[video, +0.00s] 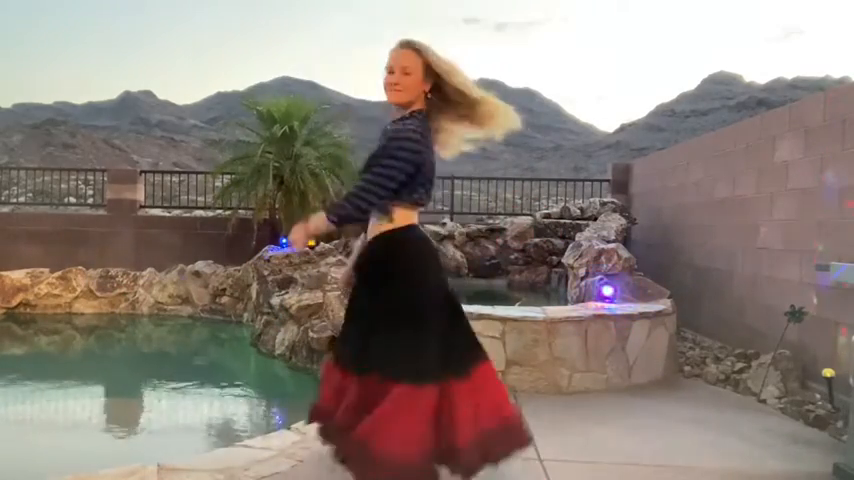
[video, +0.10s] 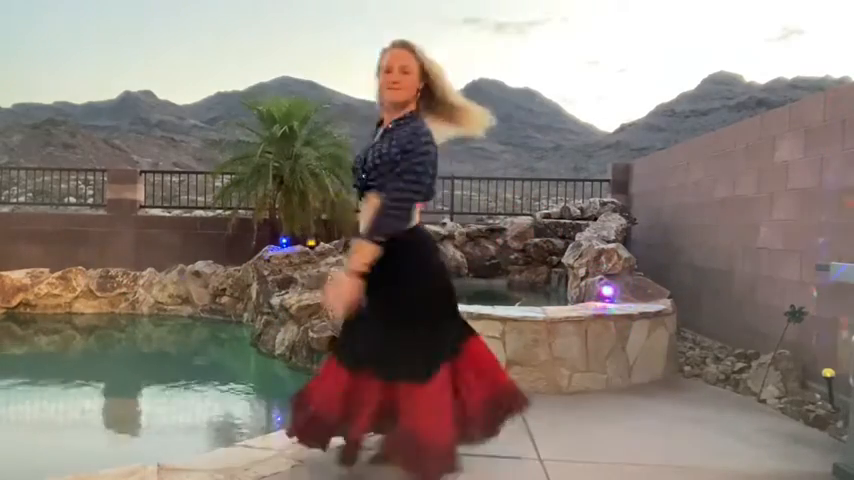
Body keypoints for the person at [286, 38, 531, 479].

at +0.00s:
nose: (392, 78)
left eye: (403, 73)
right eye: (390, 71)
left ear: (427, 85)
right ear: (387, 75)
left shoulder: (408, 131)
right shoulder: (407, 128)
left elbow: (369, 194)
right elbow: (385, 200)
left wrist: (315, 223)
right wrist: (360, 258)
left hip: (397, 255)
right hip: (402, 250)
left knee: (396, 364)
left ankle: (394, 460)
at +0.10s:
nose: (394, 78)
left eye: (404, 71)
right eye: (388, 70)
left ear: (420, 83)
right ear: (378, 78)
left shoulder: (414, 136)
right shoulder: (387, 130)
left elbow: (396, 208)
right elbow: (384, 197)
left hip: (404, 253)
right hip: (385, 249)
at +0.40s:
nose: (388, 72)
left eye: (396, 66)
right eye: (380, 66)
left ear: (411, 75)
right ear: (368, 76)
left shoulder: (425, 134)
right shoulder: (352, 130)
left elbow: (439, 204)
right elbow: (334, 191)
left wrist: (444, 272)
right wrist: (312, 243)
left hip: (408, 252)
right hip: (360, 252)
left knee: (402, 352)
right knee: (361, 350)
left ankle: (398, 452)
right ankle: (360, 449)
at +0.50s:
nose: (390, 77)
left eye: (398, 70)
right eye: (381, 71)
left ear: (411, 79)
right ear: (369, 80)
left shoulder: (428, 137)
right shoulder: (352, 134)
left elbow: (451, 201)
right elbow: (324, 191)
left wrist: (471, 263)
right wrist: (292, 241)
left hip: (411, 258)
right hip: (354, 257)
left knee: (415, 365)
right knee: (354, 364)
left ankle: (417, 460)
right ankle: (357, 459)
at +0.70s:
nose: (389, 92)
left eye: (397, 85)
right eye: (380, 86)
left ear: (410, 95)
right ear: (368, 98)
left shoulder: (425, 151)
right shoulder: (353, 151)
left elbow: (454, 206)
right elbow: (318, 207)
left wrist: (498, 250)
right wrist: (283, 257)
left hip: (422, 270)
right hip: (362, 270)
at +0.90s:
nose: (395, 80)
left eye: (400, 73)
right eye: (383, 76)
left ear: (411, 83)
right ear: (367, 91)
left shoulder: (398, 136)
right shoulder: (374, 138)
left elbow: (395, 213)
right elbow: (352, 215)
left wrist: (434, 236)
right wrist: (327, 288)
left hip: (407, 270)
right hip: (384, 276)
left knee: (404, 387)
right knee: (384, 392)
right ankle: (381, 468)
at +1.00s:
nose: (415, 74)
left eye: (415, 64)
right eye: (404, 67)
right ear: (376, 79)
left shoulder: (376, 124)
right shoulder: (394, 128)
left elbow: (357, 197)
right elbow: (409, 198)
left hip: (380, 248)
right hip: (398, 252)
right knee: (411, 357)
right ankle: (404, 458)